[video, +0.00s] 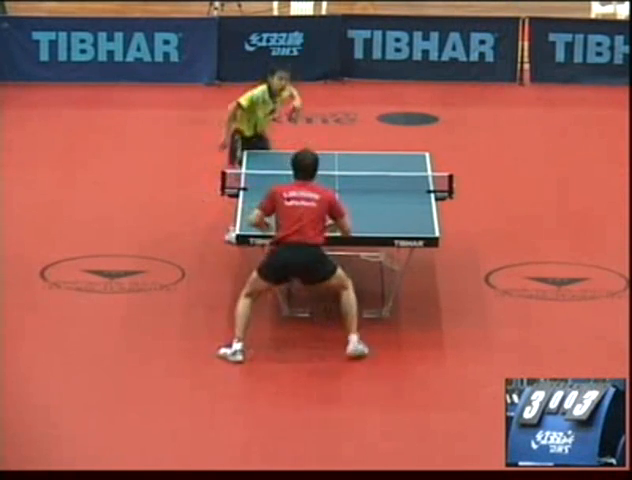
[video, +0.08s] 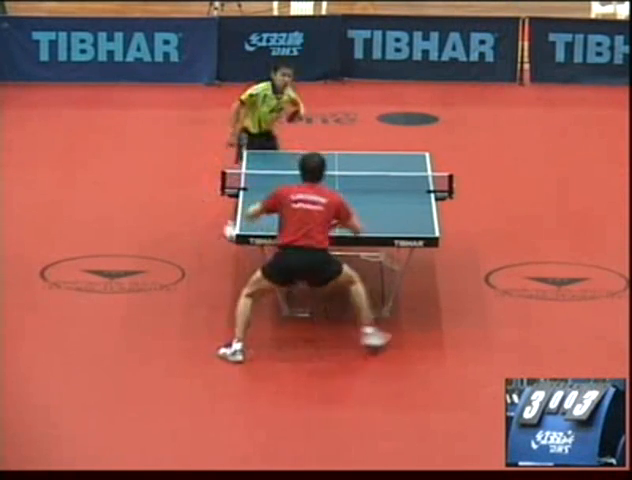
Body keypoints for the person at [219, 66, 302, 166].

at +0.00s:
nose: (283, 84)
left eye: (285, 80)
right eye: (280, 79)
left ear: (288, 83)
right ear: (270, 79)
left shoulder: (280, 94)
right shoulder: (258, 93)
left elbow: (291, 89)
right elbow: (233, 107)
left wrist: (297, 104)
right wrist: (227, 137)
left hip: (258, 132)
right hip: (242, 133)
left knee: (266, 163)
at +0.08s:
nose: (286, 80)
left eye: (289, 76)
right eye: (283, 75)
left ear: (292, 79)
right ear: (273, 75)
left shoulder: (288, 95)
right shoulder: (260, 90)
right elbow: (238, 106)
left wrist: (298, 114)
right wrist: (233, 134)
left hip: (267, 131)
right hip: (249, 132)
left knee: (274, 161)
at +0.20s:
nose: (294, 85)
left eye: (297, 81)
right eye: (290, 80)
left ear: (300, 84)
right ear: (281, 81)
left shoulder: (298, 101)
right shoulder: (266, 98)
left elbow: (303, 120)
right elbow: (248, 117)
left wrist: (308, 123)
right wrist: (243, 140)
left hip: (281, 138)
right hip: (261, 139)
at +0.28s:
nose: (299, 85)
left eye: (302, 81)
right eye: (296, 80)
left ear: (304, 85)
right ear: (287, 82)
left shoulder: (307, 103)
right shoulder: (270, 100)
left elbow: (319, 118)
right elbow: (256, 118)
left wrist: (317, 127)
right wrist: (253, 139)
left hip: (292, 139)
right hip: (271, 140)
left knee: (298, 173)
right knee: (269, 176)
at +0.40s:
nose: (303, 80)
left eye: (306, 76)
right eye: (300, 75)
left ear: (309, 79)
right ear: (291, 77)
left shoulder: (312, 95)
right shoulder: (276, 95)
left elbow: (320, 110)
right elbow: (264, 111)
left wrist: (323, 125)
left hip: (299, 134)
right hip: (279, 135)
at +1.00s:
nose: (315, 74)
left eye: (318, 71)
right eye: (312, 70)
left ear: (322, 75)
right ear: (304, 72)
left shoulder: (326, 92)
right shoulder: (291, 88)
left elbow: (342, 102)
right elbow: (277, 99)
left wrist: (353, 110)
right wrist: (272, 108)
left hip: (310, 132)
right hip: (289, 130)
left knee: (317, 159)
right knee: (278, 157)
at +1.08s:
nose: (311, 69)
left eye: (314, 65)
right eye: (308, 65)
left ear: (318, 69)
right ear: (299, 66)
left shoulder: (320, 87)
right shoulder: (287, 83)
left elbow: (337, 98)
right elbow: (274, 88)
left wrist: (346, 107)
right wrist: (268, 95)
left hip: (305, 128)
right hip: (284, 127)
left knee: (314, 160)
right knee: (277, 160)